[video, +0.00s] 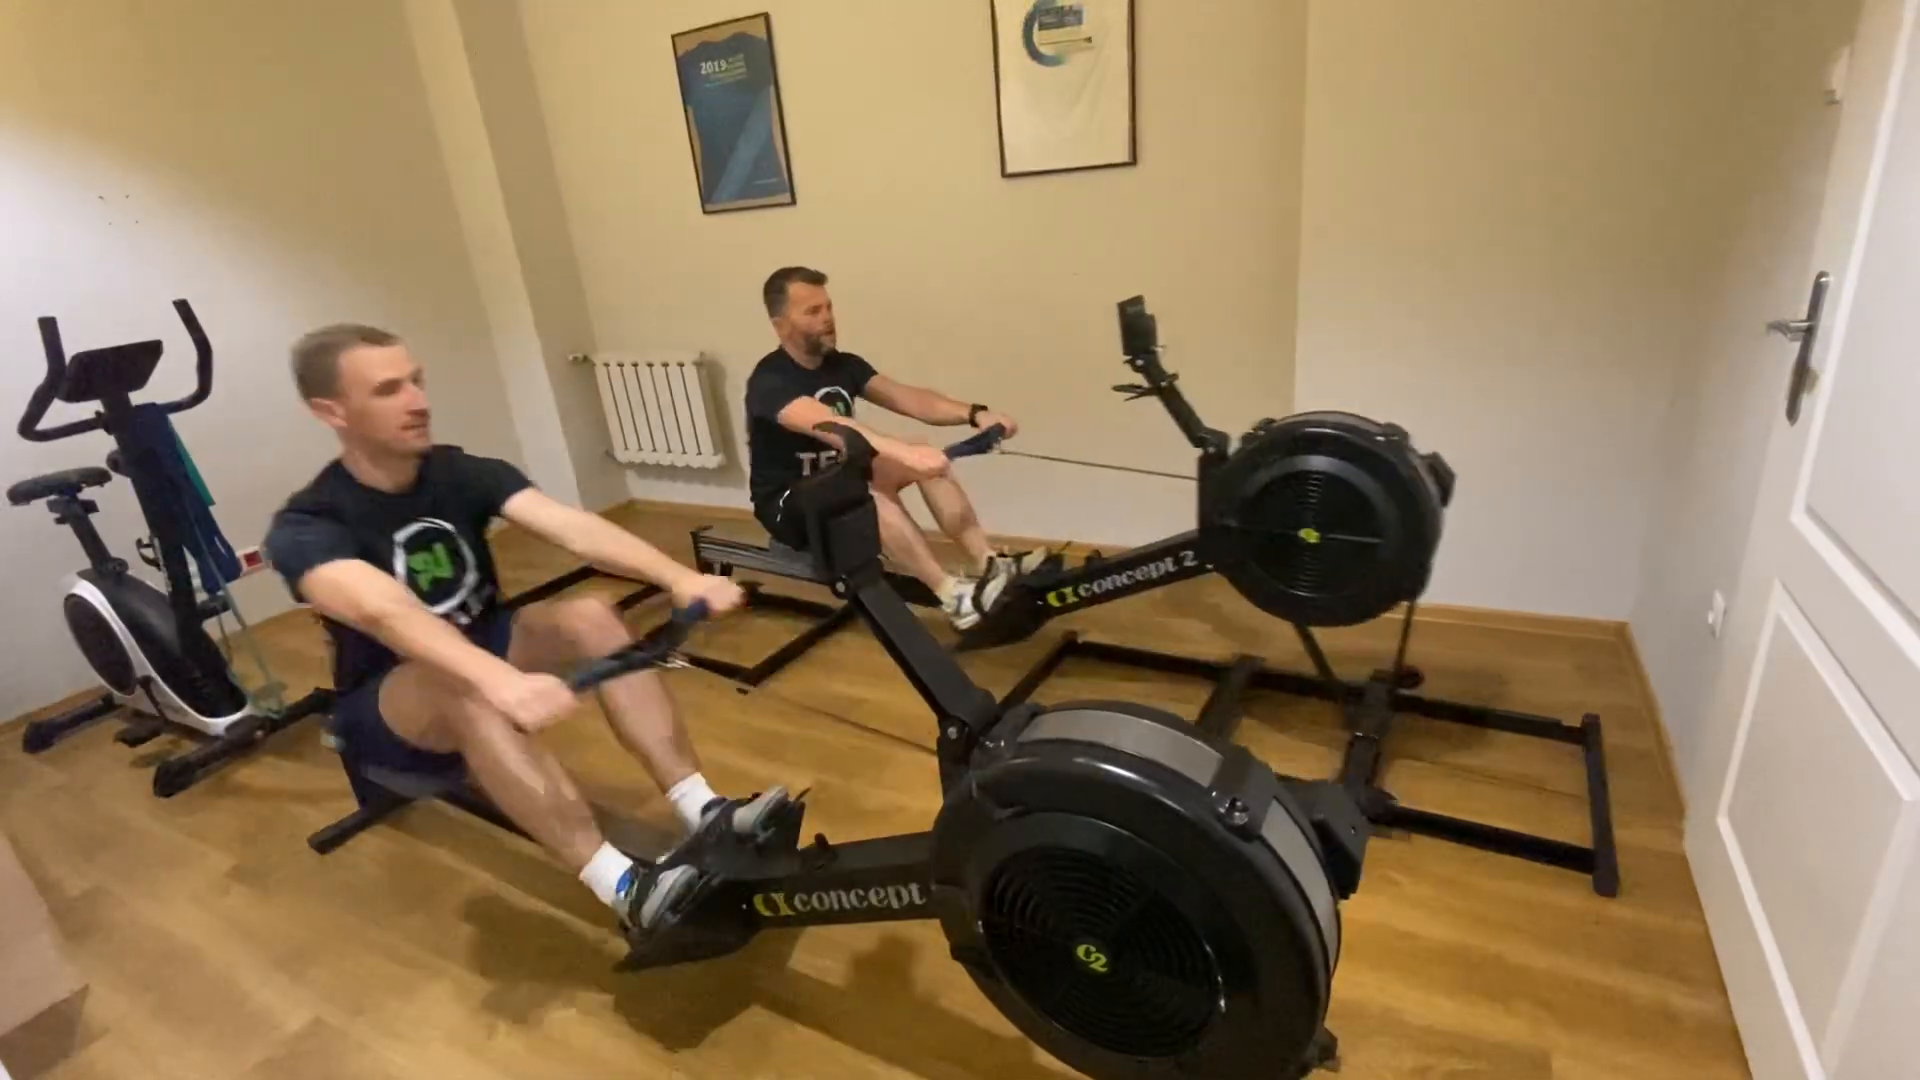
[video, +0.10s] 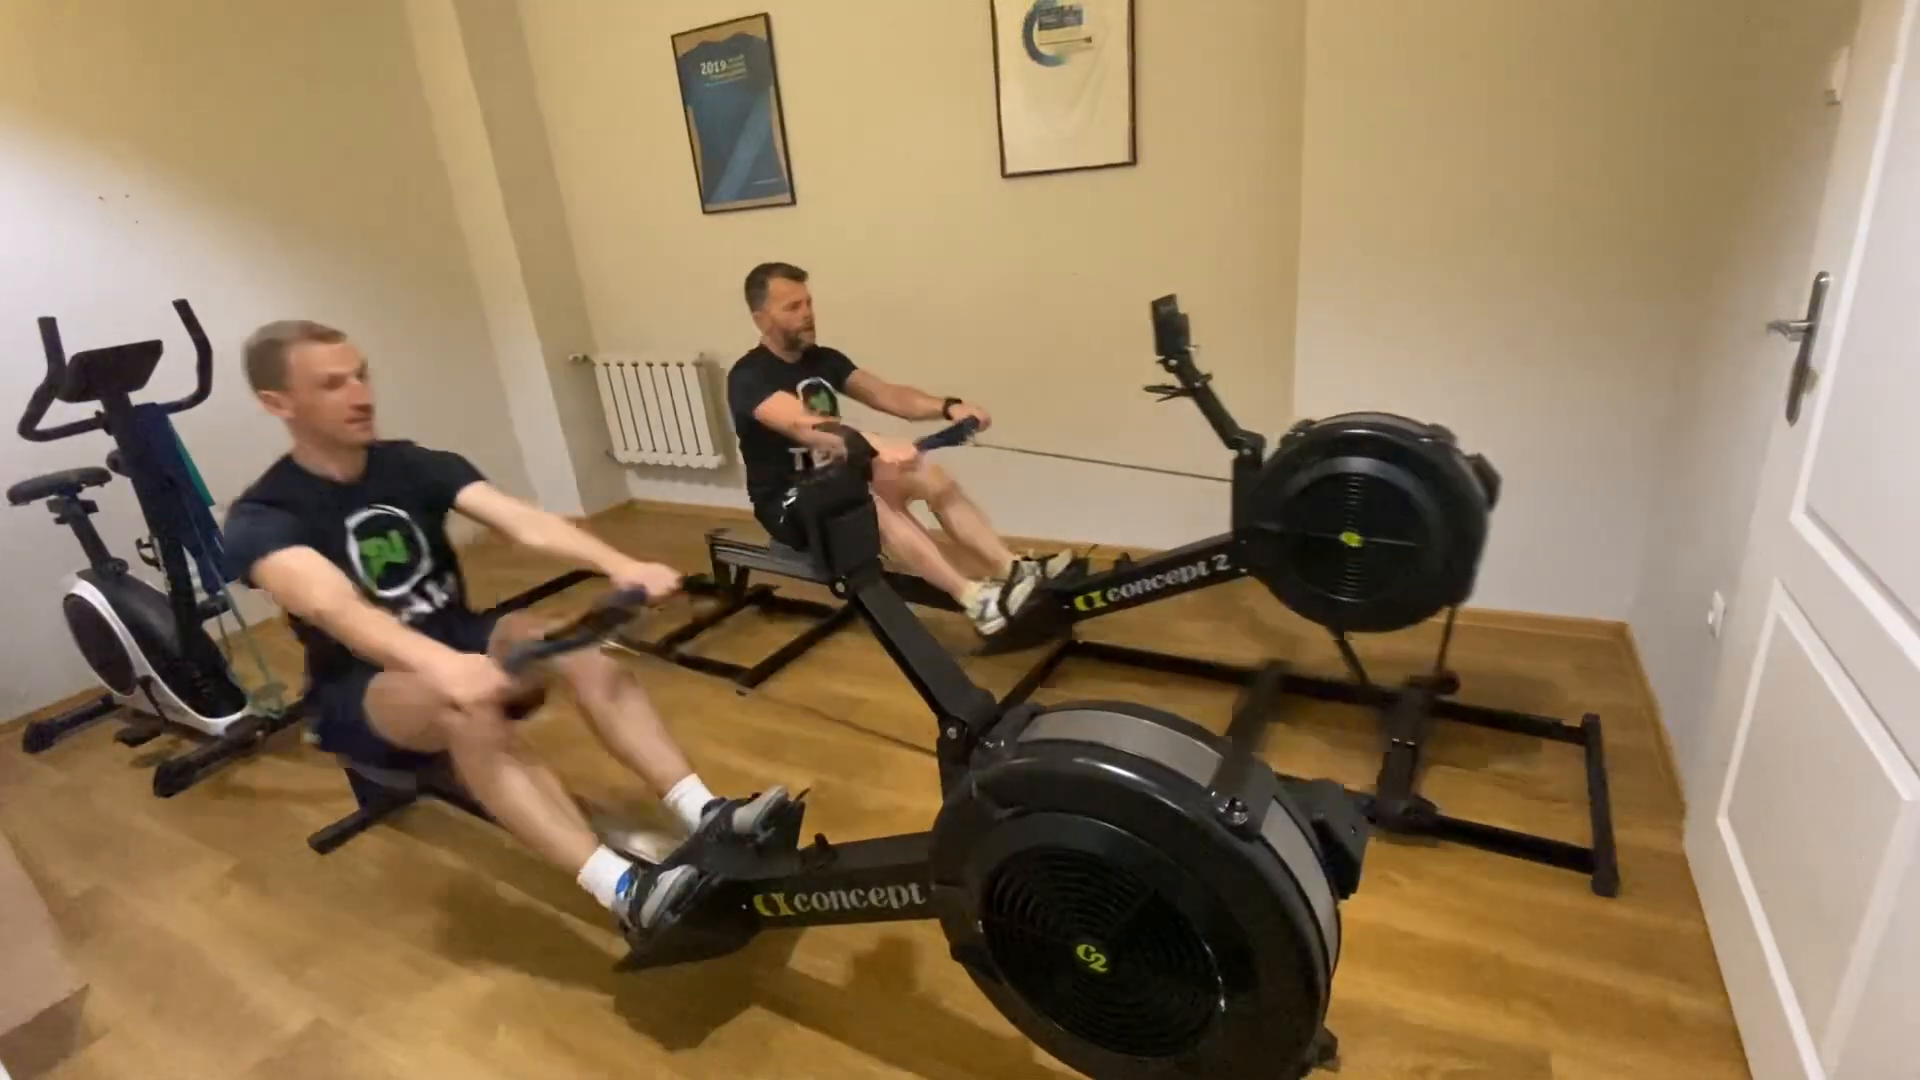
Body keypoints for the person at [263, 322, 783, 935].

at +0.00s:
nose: (415, 401)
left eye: (416, 382)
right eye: (388, 390)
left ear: (423, 382)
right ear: (332, 414)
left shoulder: (456, 472)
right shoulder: (306, 529)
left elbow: (571, 525)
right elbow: (391, 614)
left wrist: (679, 576)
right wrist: (499, 681)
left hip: (483, 648)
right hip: (382, 696)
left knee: (591, 620)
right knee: (473, 692)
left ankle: (707, 815)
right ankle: (627, 889)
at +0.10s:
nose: (361, 395)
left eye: (361, 377)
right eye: (335, 384)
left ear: (369, 378)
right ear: (279, 405)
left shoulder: (412, 467)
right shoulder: (261, 519)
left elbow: (522, 522)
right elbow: (341, 611)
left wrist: (620, 564)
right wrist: (448, 667)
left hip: (458, 637)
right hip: (363, 678)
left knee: (589, 656)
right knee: (469, 708)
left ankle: (708, 816)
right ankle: (624, 889)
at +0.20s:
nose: (318, 398)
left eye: (320, 379)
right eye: (292, 387)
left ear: (328, 378)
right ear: (236, 404)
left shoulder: (379, 464)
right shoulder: (224, 513)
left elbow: (484, 526)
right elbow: (282, 619)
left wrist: (562, 553)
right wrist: (375, 651)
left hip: (432, 637)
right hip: (335, 673)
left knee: (553, 662)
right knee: (445, 716)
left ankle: (706, 816)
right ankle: (623, 892)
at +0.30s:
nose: (287, 412)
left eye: (291, 392)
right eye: (262, 402)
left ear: (303, 385)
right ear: (213, 414)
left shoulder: (357, 469)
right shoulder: (201, 520)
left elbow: (455, 534)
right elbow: (229, 637)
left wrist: (506, 549)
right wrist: (316, 648)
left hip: (413, 629)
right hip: (323, 670)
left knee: (541, 687)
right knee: (446, 737)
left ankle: (705, 816)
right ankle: (617, 893)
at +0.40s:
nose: (268, 430)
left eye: (275, 409)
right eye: (243, 420)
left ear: (285, 401)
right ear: (203, 430)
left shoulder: (346, 478)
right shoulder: (191, 530)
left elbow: (436, 539)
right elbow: (186, 658)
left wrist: (463, 549)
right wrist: (262, 646)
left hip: (411, 633)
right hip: (323, 676)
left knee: (534, 706)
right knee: (450, 758)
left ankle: (707, 816)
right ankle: (622, 897)